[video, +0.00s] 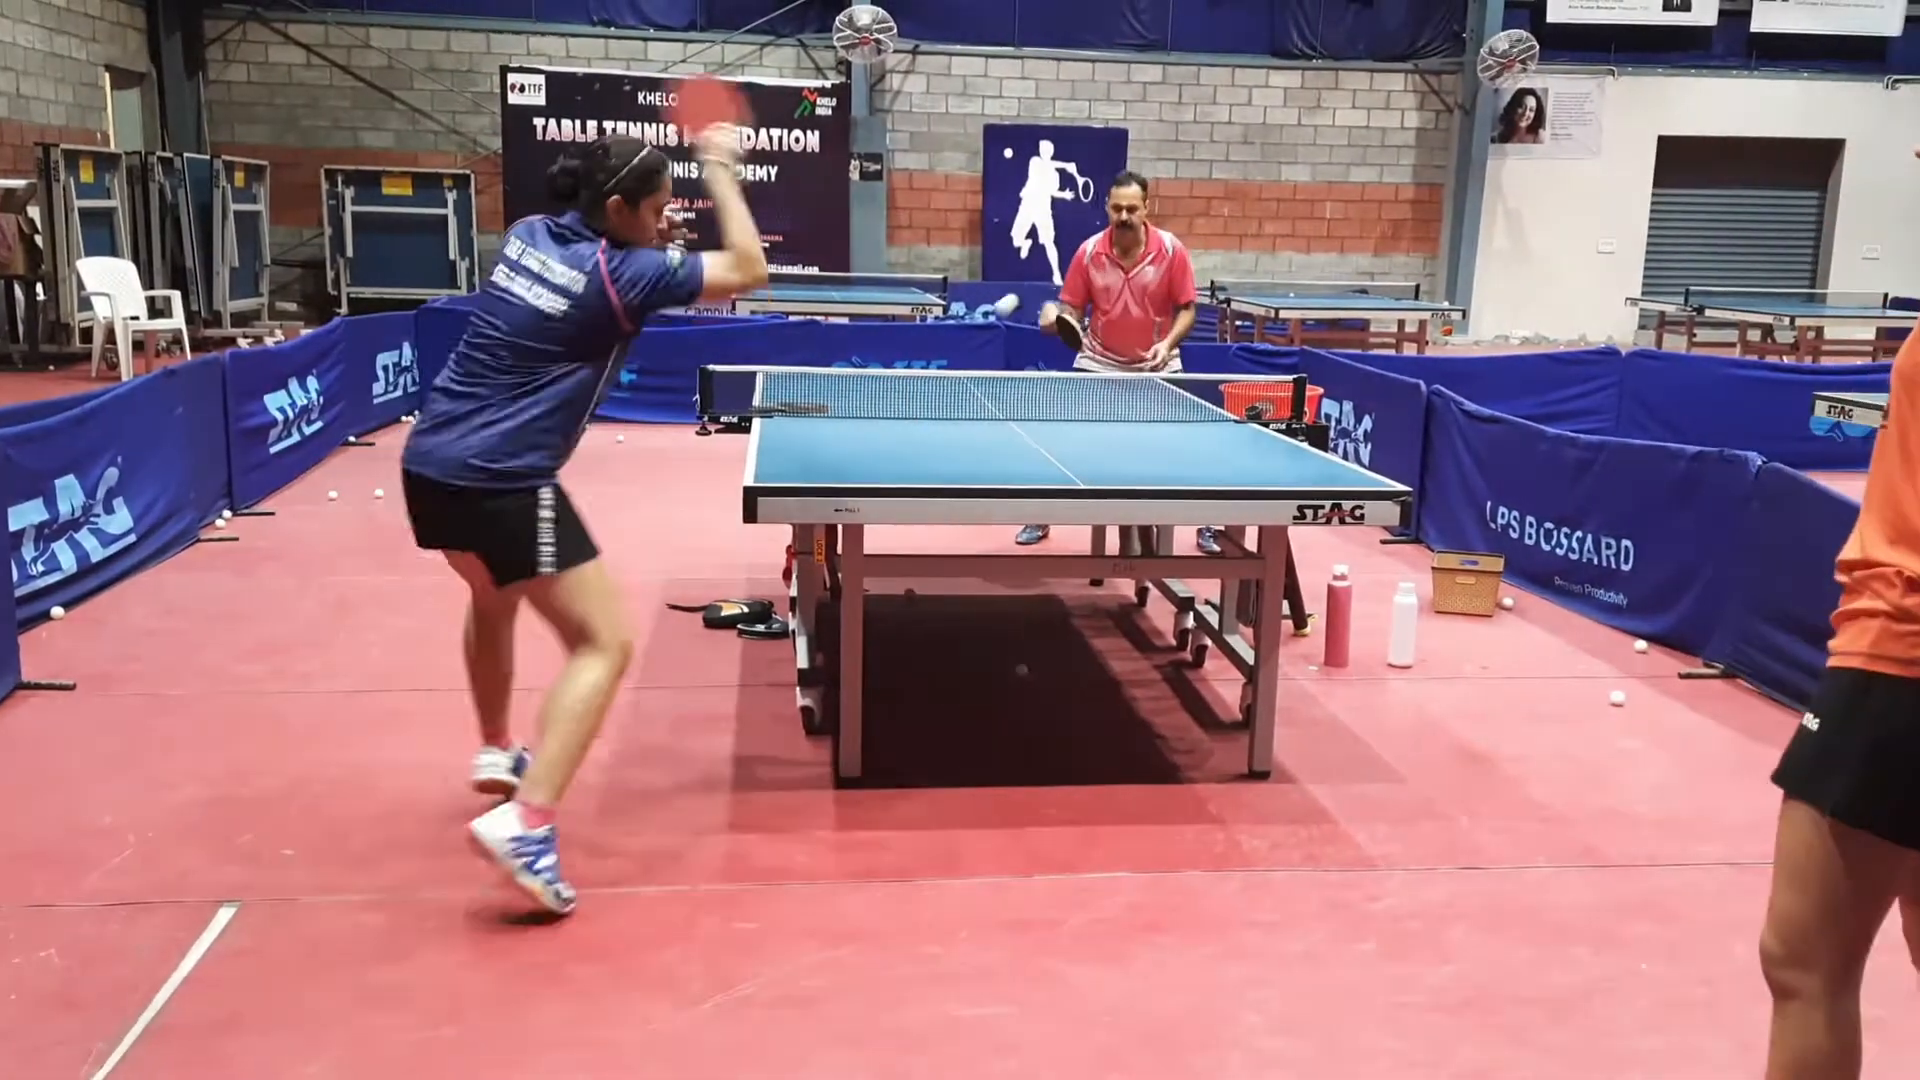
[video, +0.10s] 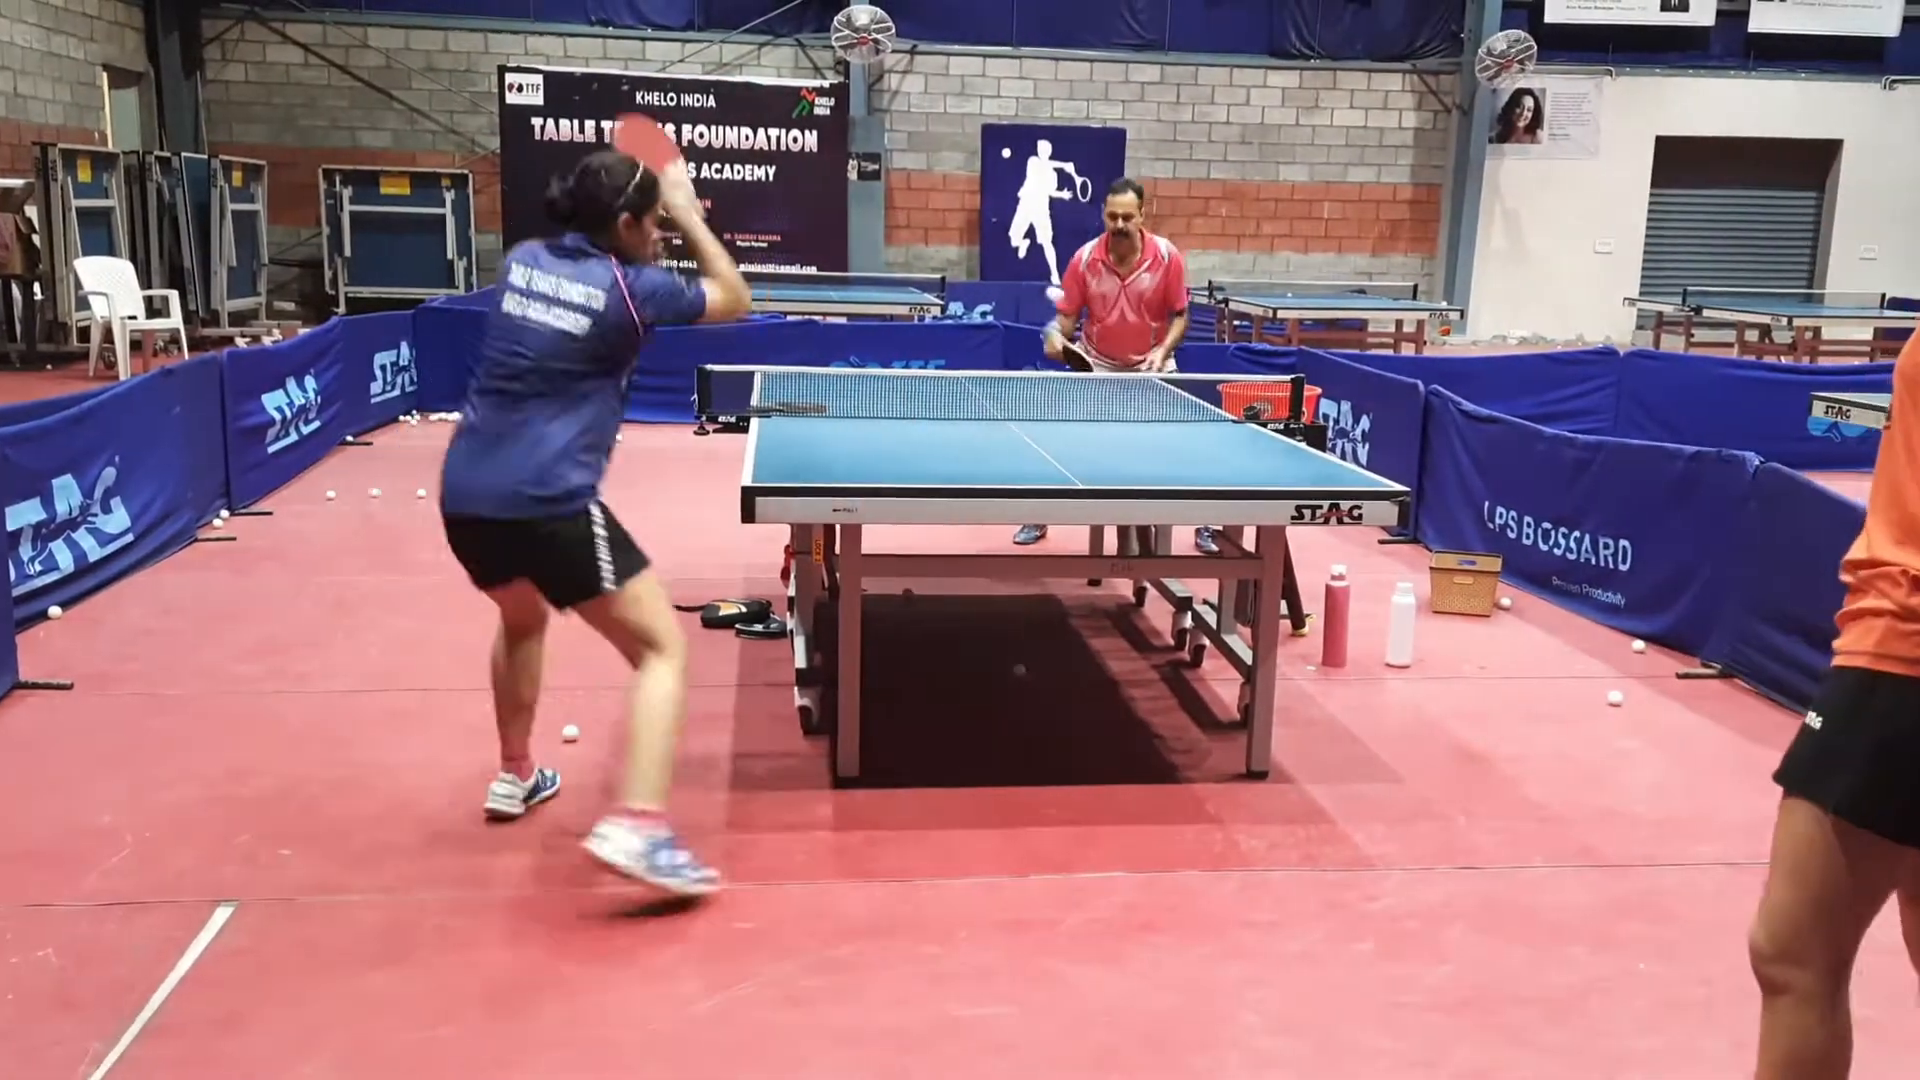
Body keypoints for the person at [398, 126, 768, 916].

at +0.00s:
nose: (664, 216)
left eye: (664, 202)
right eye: (656, 204)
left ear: (596, 203)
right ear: (617, 207)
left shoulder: (530, 233)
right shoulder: (626, 272)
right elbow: (748, 264)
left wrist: (657, 237)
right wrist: (722, 171)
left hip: (430, 468)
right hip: (505, 480)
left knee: (493, 595)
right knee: (607, 645)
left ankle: (497, 751)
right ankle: (526, 822)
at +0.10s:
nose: (658, 233)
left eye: (658, 220)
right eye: (651, 221)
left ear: (579, 216)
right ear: (618, 223)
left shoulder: (524, 258)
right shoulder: (631, 288)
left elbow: (582, 255)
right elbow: (734, 300)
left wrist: (638, 213)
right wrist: (686, 214)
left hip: (467, 501)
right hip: (551, 504)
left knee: (521, 619)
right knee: (661, 647)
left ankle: (514, 775)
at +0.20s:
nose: (650, 257)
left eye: (649, 245)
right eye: (646, 246)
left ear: (570, 245)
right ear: (629, 254)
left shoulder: (519, 301)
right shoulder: (640, 327)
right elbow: (733, 378)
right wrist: (722, 285)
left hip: (501, 532)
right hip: (592, 535)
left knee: (540, 628)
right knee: (712, 669)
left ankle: (511, 777)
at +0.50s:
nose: (706, 217)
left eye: (703, 205)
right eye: (703, 206)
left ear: (636, 204)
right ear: (686, 213)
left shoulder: (589, 248)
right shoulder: (668, 294)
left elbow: (611, 345)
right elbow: (677, 418)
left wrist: (692, 354)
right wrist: (752, 402)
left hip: (495, 465)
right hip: (573, 476)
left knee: (536, 607)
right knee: (669, 639)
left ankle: (499, 756)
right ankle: (725, 824)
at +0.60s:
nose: (731, 227)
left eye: (728, 214)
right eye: (727, 215)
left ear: (662, 213)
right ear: (707, 225)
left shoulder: (625, 256)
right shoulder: (664, 298)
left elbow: (647, 379)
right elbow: (626, 425)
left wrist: (712, 417)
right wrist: (713, 443)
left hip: (494, 459)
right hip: (552, 477)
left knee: (530, 603)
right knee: (651, 645)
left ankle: (462, 742)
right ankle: (624, 845)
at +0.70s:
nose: (744, 274)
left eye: (741, 261)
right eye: (740, 262)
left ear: (681, 263)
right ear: (718, 274)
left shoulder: (659, 320)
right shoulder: (643, 342)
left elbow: (630, 435)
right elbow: (565, 455)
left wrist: (665, 508)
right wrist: (652, 507)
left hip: (510, 489)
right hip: (529, 503)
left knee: (530, 632)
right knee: (651, 655)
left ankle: (419, 753)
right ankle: (620, 849)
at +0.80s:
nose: (737, 331)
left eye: (737, 319)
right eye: (735, 319)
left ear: (680, 316)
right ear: (709, 328)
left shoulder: (674, 376)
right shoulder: (607, 388)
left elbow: (633, 455)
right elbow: (518, 493)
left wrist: (624, 531)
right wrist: (589, 578)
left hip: (532, 515)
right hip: (503, 523)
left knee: (538, 658)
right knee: (640, 657)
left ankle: (409, 767)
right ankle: (618, 848)